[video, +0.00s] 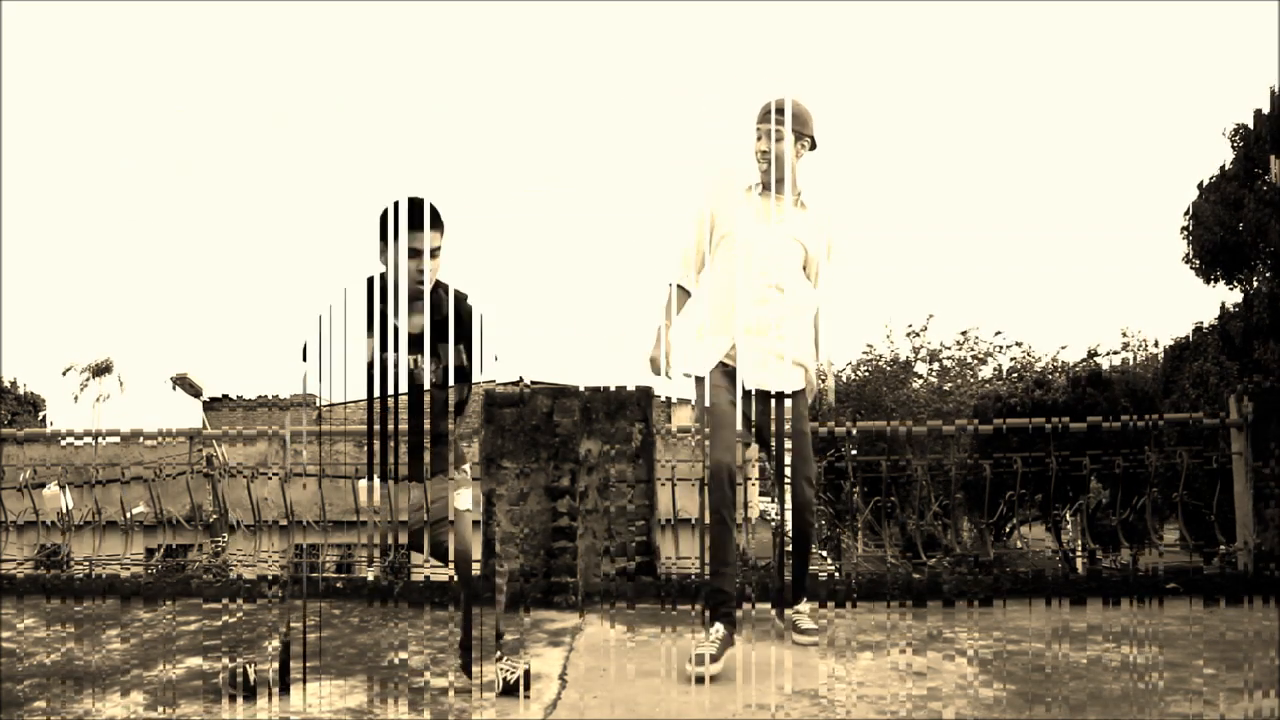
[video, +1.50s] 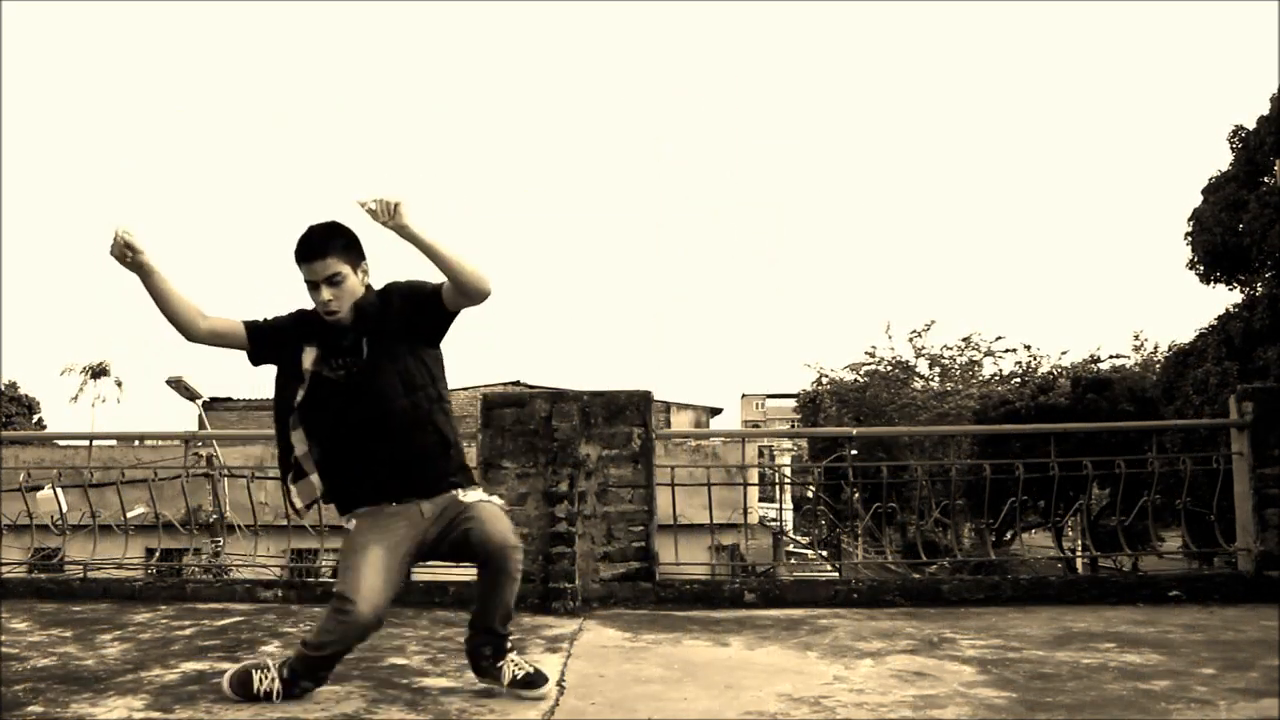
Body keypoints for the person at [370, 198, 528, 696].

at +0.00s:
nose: (425, 266)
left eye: (433, 254)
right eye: (414, 253)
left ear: (443, 252)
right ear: (389, 253)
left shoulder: (459, 309)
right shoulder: (370, 300)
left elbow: (470, 387)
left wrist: (458, 431)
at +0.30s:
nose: (454, 258)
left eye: (462, 246)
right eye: (442, 245)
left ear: (468, 246)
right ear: (409, 245)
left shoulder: (471, 304)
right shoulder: (368, 301)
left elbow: (457, 387)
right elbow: (352, 413)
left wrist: (423, 433)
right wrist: (374, 478)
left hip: (429, 455)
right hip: (366, 455)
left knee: (436, 547)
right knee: (337, 565)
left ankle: (478, 667)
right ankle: (288, 665)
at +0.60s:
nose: (379, 288)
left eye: (384, 275)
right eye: (365, 276)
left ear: (390, 273)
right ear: (328, 280)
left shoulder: (414, 322)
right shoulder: (302, 331)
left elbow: (485, 365)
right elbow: (269, 451)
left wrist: (505, 419)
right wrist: (284, 423)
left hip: (376, 518)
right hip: (310, 506)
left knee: (355, 622)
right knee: (227, 541)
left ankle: (470, 674)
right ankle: (278, 659)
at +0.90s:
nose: (307, 381)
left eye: (314, 366)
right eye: (291, 370)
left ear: (324, 357)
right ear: (263, 369)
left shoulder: (357, 414)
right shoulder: (252, 407)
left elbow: (418, 496)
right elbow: (194, 482)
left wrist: (403, 539)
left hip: (363, 565)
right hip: (303, 551)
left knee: (338, 685)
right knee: (226, 548)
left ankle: (464, 674)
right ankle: (280, 663)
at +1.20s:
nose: (281, 349)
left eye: (290, 333)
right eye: (266, 340)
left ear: (308, 327)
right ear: (249, 344)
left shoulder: (349, 379)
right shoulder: (250, 400)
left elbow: (437, 460)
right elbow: (199, 484)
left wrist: (419, 435)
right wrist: (140, 437)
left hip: (362, 557)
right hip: (300, 544)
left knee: (335, 690)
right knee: (218, 549)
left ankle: (462, 675)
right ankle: (280, 662)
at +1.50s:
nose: (324, 295)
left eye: (334, 281)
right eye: (313, 286)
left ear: (362, 271)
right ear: (303, 283)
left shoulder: (404, 305)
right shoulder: (295, 335)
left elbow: (475, 288)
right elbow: (198, 327)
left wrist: (409, 231)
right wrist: (144, 268)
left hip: (451, 497)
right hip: (377, 514)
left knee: (503, 541)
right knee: (360, 611)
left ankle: (490, 655)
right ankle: (292, 677)